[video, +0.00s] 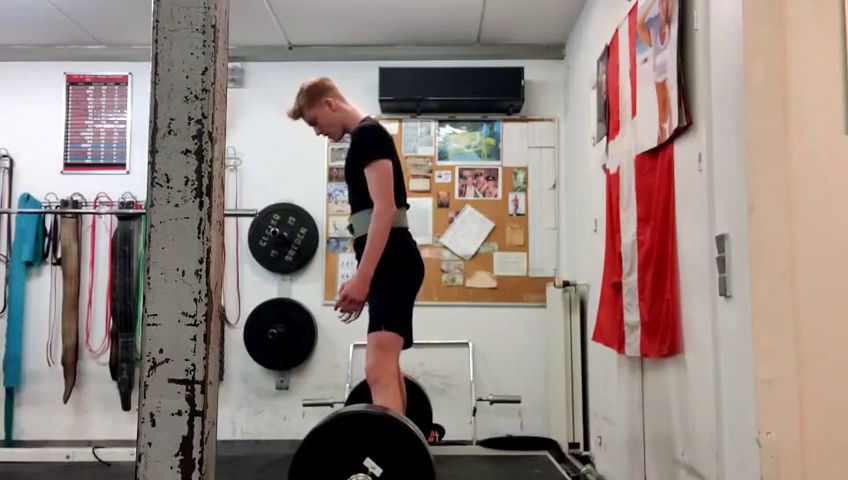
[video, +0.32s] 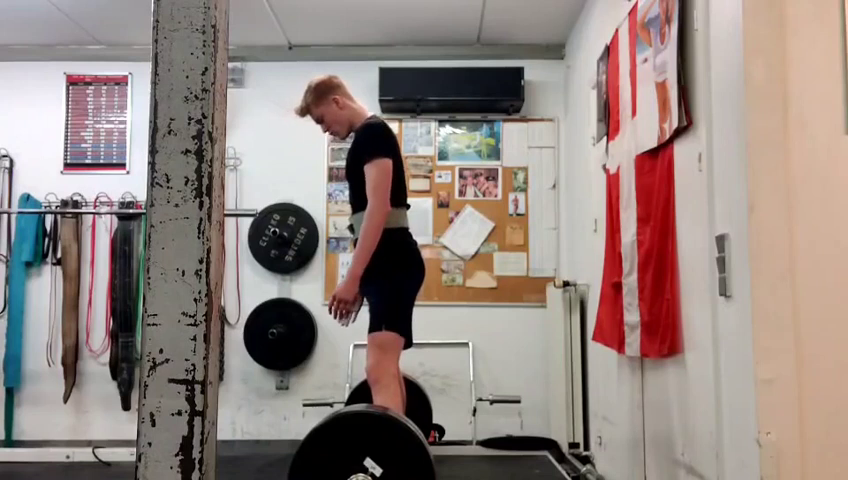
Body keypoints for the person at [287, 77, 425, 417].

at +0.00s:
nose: (318, 131)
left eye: (315, 121)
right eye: (312, 126)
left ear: (330, 104)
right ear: (332, 107)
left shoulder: (369, 136)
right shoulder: (363, 139)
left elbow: (385, 211)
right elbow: (371, 219)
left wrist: (363, 278)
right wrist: (360, 285)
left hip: (392, 259)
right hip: (388, 259)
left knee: (380, 369)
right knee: (386, 370)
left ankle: (390, 463)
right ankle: (393, 463)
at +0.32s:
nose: (324, 129)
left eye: (321, 119)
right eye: (319, 123)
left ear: (337, 102)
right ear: (340, 105)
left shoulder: (373, 134)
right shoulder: (367, 137)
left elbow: (379, 210)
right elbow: (372, 217)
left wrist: (352, 280)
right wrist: (355, 286)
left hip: (392, 257)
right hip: (387, 257)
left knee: (381, 369)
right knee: (385, 368)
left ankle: (389, 463)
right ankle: (391, 458)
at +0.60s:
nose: (328, 125)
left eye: (327, 115)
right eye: (324, 119)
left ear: (343, 100)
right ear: (346, 102)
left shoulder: (373, 132)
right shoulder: (370, 133)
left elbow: (380, 206)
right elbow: (375, 212)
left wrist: (355, 276)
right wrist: (357, 279)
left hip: (393, 255)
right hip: (389, 255)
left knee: (381, 368)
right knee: (385, 367)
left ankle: (389, 464)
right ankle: (394, 459)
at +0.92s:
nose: (304, 151)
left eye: (302, 141)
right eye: (299, 145)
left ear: (318, 124)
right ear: (319, 124)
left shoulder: (360, 149)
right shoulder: (358, 147)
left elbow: (382, 225)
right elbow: (380, 228)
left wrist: (360, 298)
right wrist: (361, 300)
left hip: (409, 262)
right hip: (406, 261)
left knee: (380, 368)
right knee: (383, 368)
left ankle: (388, 460)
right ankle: (391, 456)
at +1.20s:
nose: (280, 214)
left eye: (275, 205)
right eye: (274, 208)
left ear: (287, 186)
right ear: (288, 182)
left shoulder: (333, 201)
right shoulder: (335, 195)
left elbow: (361, 282)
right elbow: (363, 282)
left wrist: (367, 355)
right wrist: (368, 353)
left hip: (432, 278)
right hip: (430, 276)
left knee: (378, 366)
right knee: (382, 366)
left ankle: (391, 460)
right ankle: (395, 458)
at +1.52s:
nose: (281, 301)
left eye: (273, 295)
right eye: (273, 298)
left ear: (275, 275)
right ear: (275, 271)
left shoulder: (319, 268)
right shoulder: (322, 260)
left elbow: (354, 342)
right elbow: (360, 339)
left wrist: (365, 393)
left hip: (443, 292)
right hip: (442, 289)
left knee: (369, 366)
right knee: (380, 366)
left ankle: (384, 454)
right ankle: (393, 451)